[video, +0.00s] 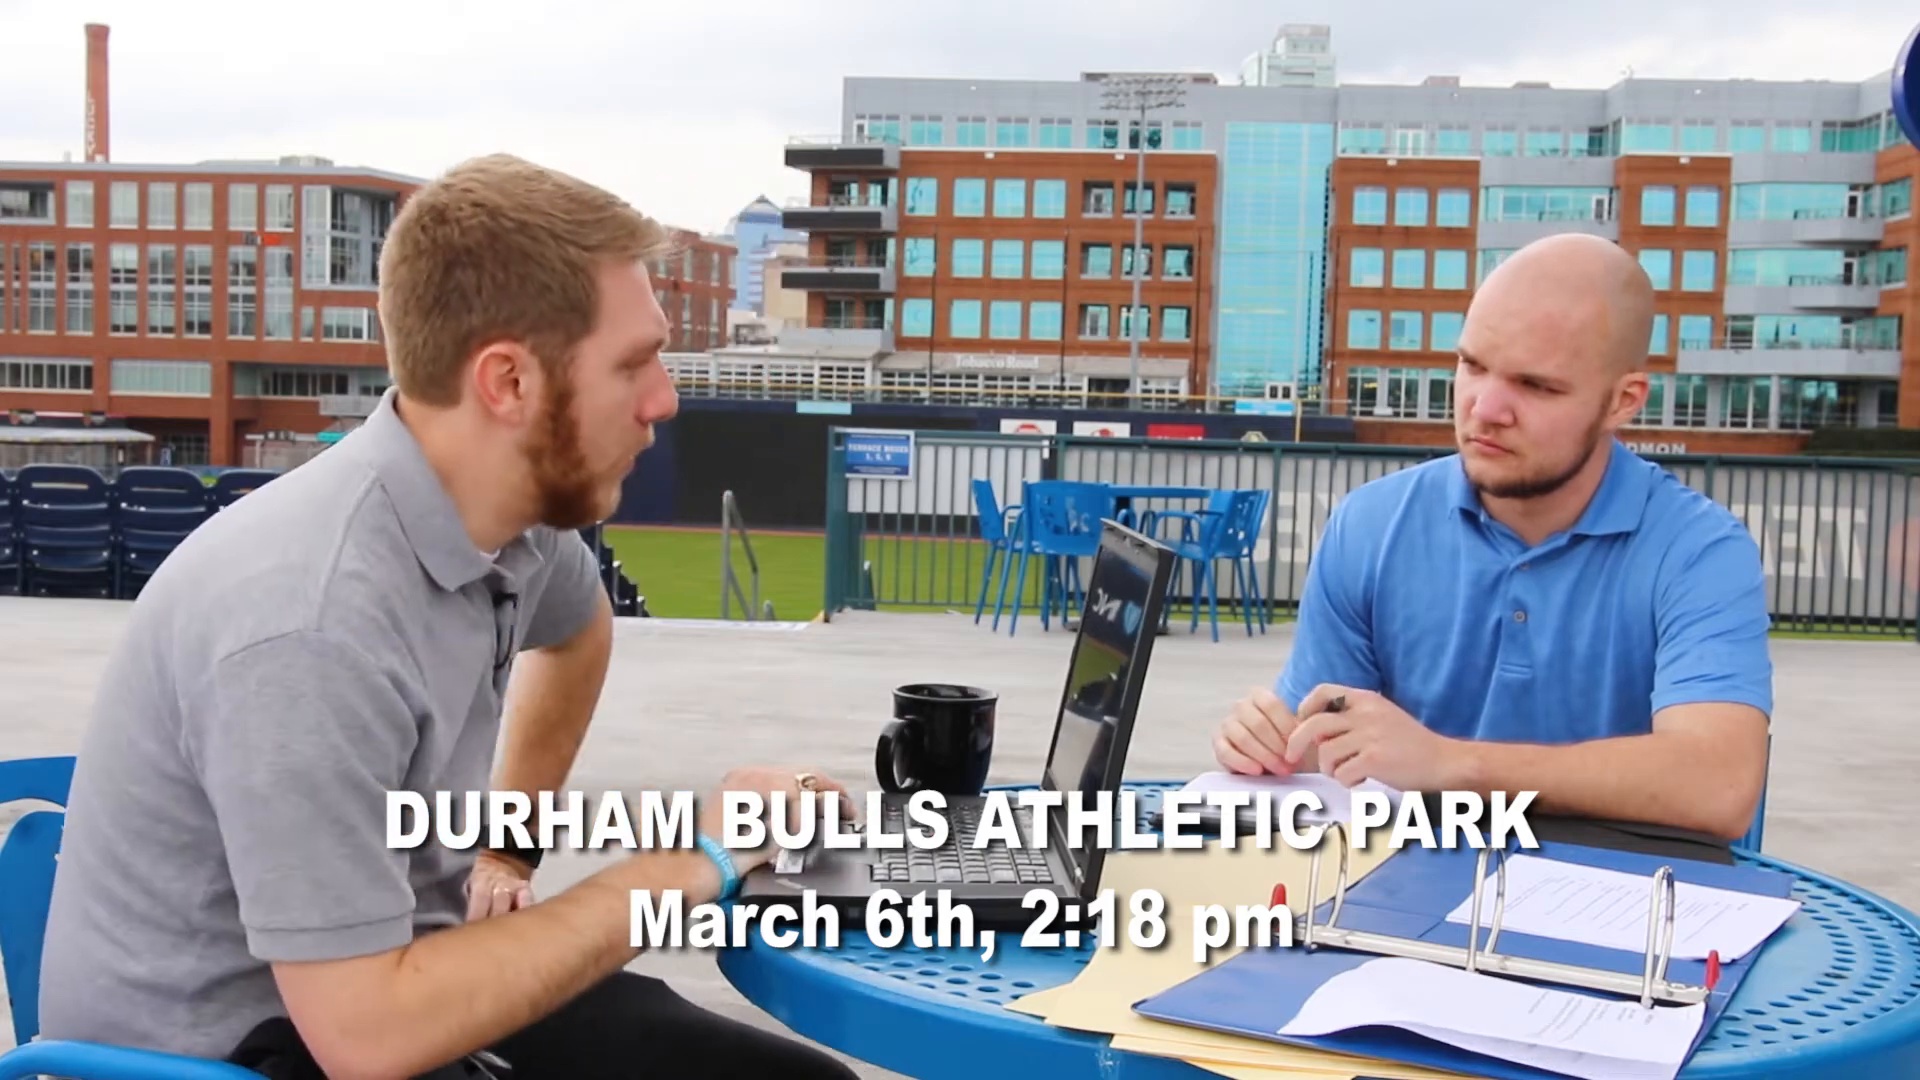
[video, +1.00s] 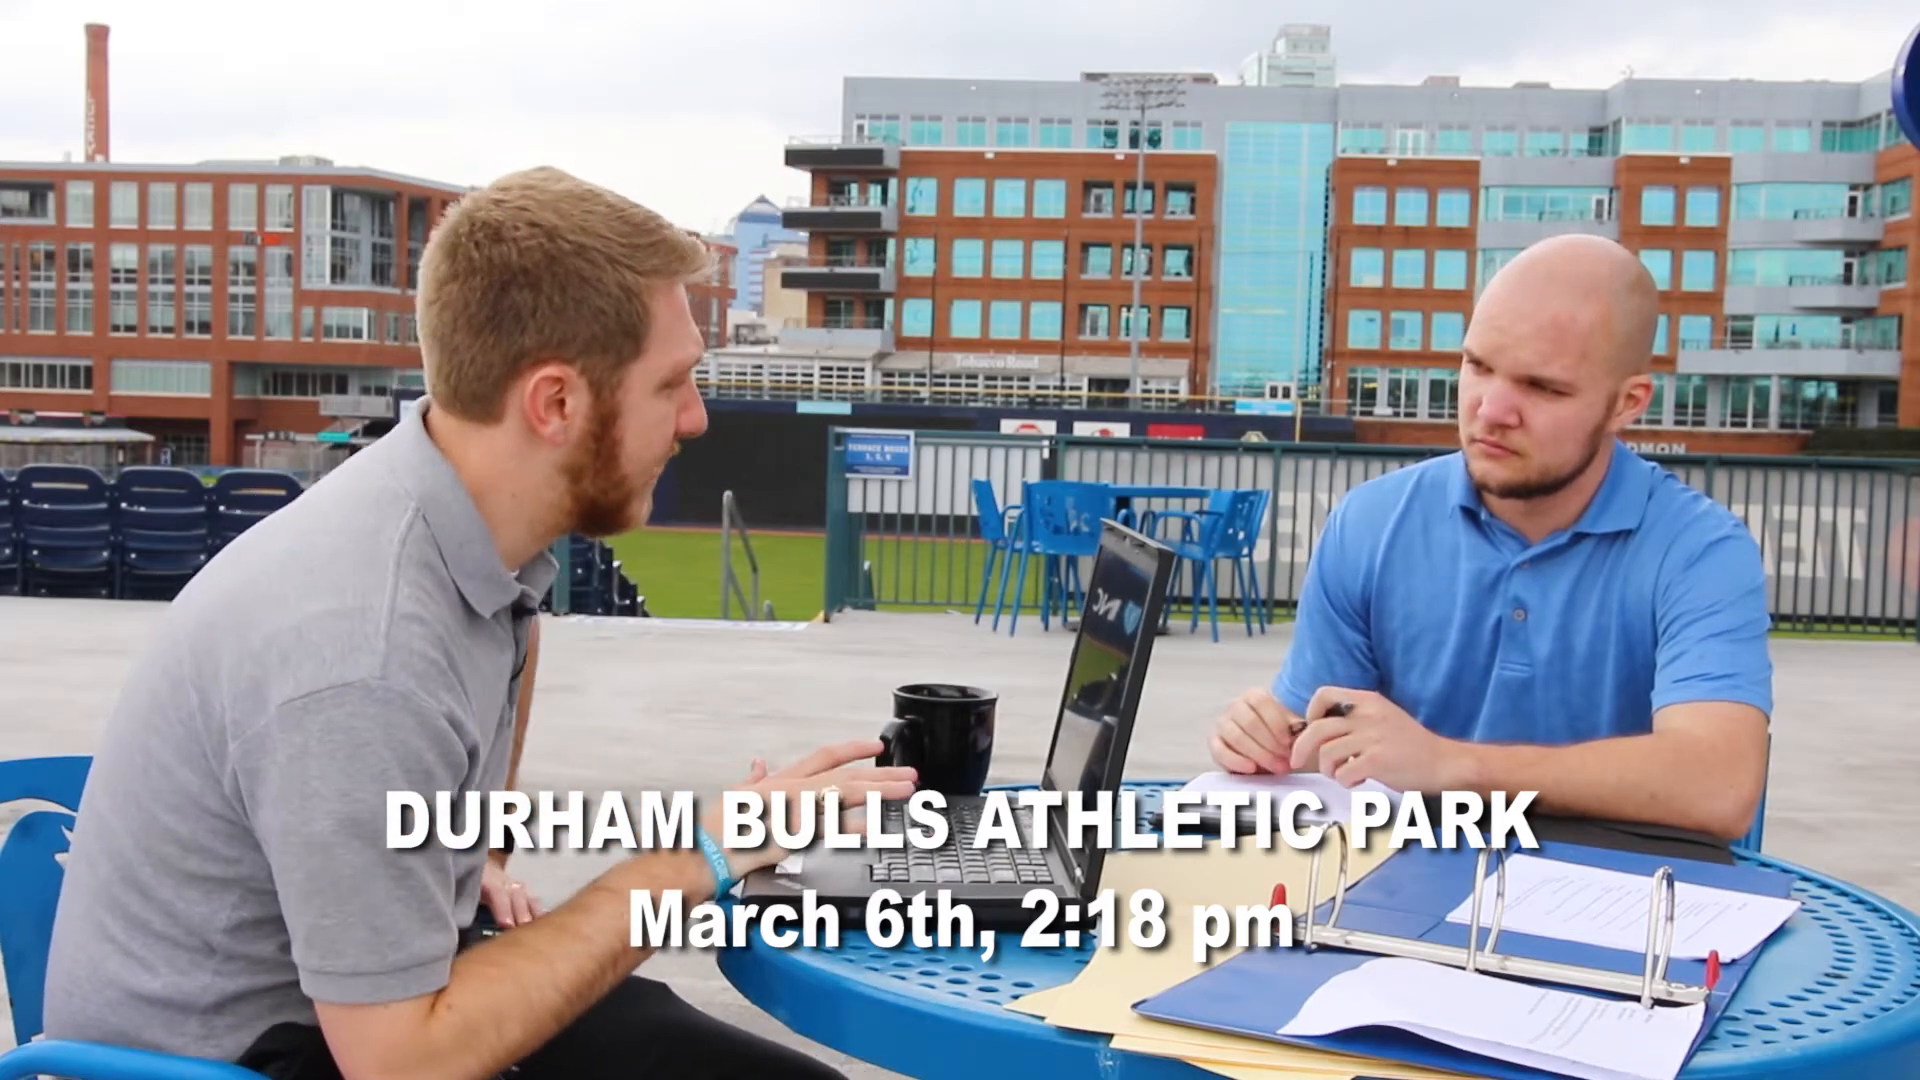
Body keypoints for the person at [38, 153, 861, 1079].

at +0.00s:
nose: (665, 405)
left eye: (658, 361)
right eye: (637, 366)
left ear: (505, 390)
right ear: (506, 385)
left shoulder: (503, 516)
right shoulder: (301, 626)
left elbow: (576, 631)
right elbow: (370, 1030)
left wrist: (508, 837)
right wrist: (689, 852)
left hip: (407, 953)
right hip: (212, 1041)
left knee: (814, 1072)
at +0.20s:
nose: (675, 400)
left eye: (665, 357)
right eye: (643, 362)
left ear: (515, 386)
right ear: (515, 382)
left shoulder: (483, 507)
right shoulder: (329, 631)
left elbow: (542, 632)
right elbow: (369, 1036)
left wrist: (494, 836)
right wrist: (693, 857)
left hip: (399, 954)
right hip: (217, 1046)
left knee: (812, 1075)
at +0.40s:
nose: (694, 417)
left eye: (686, 375)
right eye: (664, 381)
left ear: (541, 399)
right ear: (539, 396)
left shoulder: (461, 511)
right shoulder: (361, 641)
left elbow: (516, 642)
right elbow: (379, 1047)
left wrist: (479, 839)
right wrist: (693, 858)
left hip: (371, 962)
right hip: (217, 1045)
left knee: (808, 1073)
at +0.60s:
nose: (703, 422)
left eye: (697, 384)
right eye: (678, 389)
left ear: (554, 409)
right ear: (554, 407)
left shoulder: (493, 514)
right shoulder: (353, 655)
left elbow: (557, 629)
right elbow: (381, 1050)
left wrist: (492, 835)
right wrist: (692, 856)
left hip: (393, 960)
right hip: (221, 1045)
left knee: (804, 1069)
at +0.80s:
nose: (704, 427)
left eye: (698, 389)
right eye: (679, 395)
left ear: (549, 418)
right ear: (556, 415)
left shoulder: (485, 522)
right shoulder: (346, 660)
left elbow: (533, 643)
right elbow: (399, 1050)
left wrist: (481, 833)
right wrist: (712, 845)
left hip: (395, 953)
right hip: (218, 1043)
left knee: (791, 1061)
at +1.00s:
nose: (698, 422)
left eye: (693, 382)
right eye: (675, 388)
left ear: (544, 409)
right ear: (554, 406)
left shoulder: (473, 514)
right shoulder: (354, 667)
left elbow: (515, 652)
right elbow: (406, 1054)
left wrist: (479, 832)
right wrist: (699, 852)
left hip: (382, 953)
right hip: (217, 1044)